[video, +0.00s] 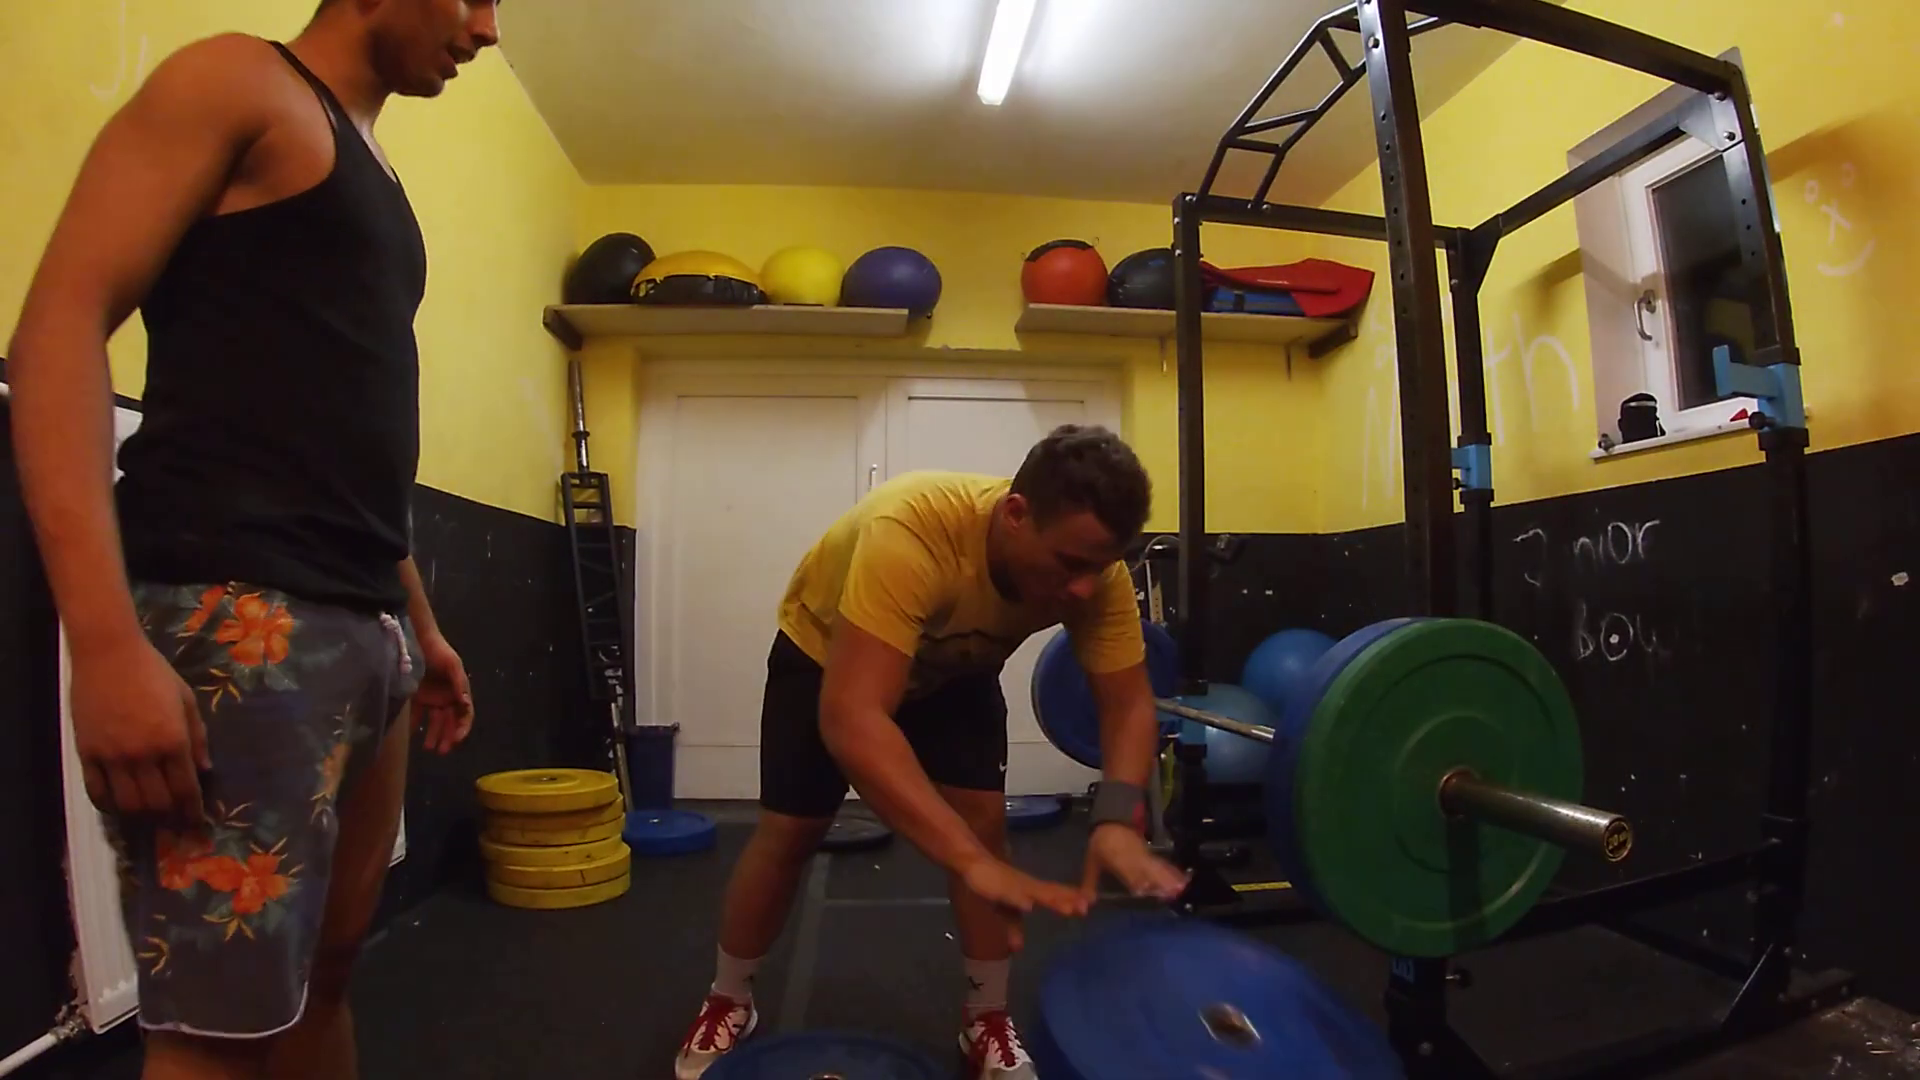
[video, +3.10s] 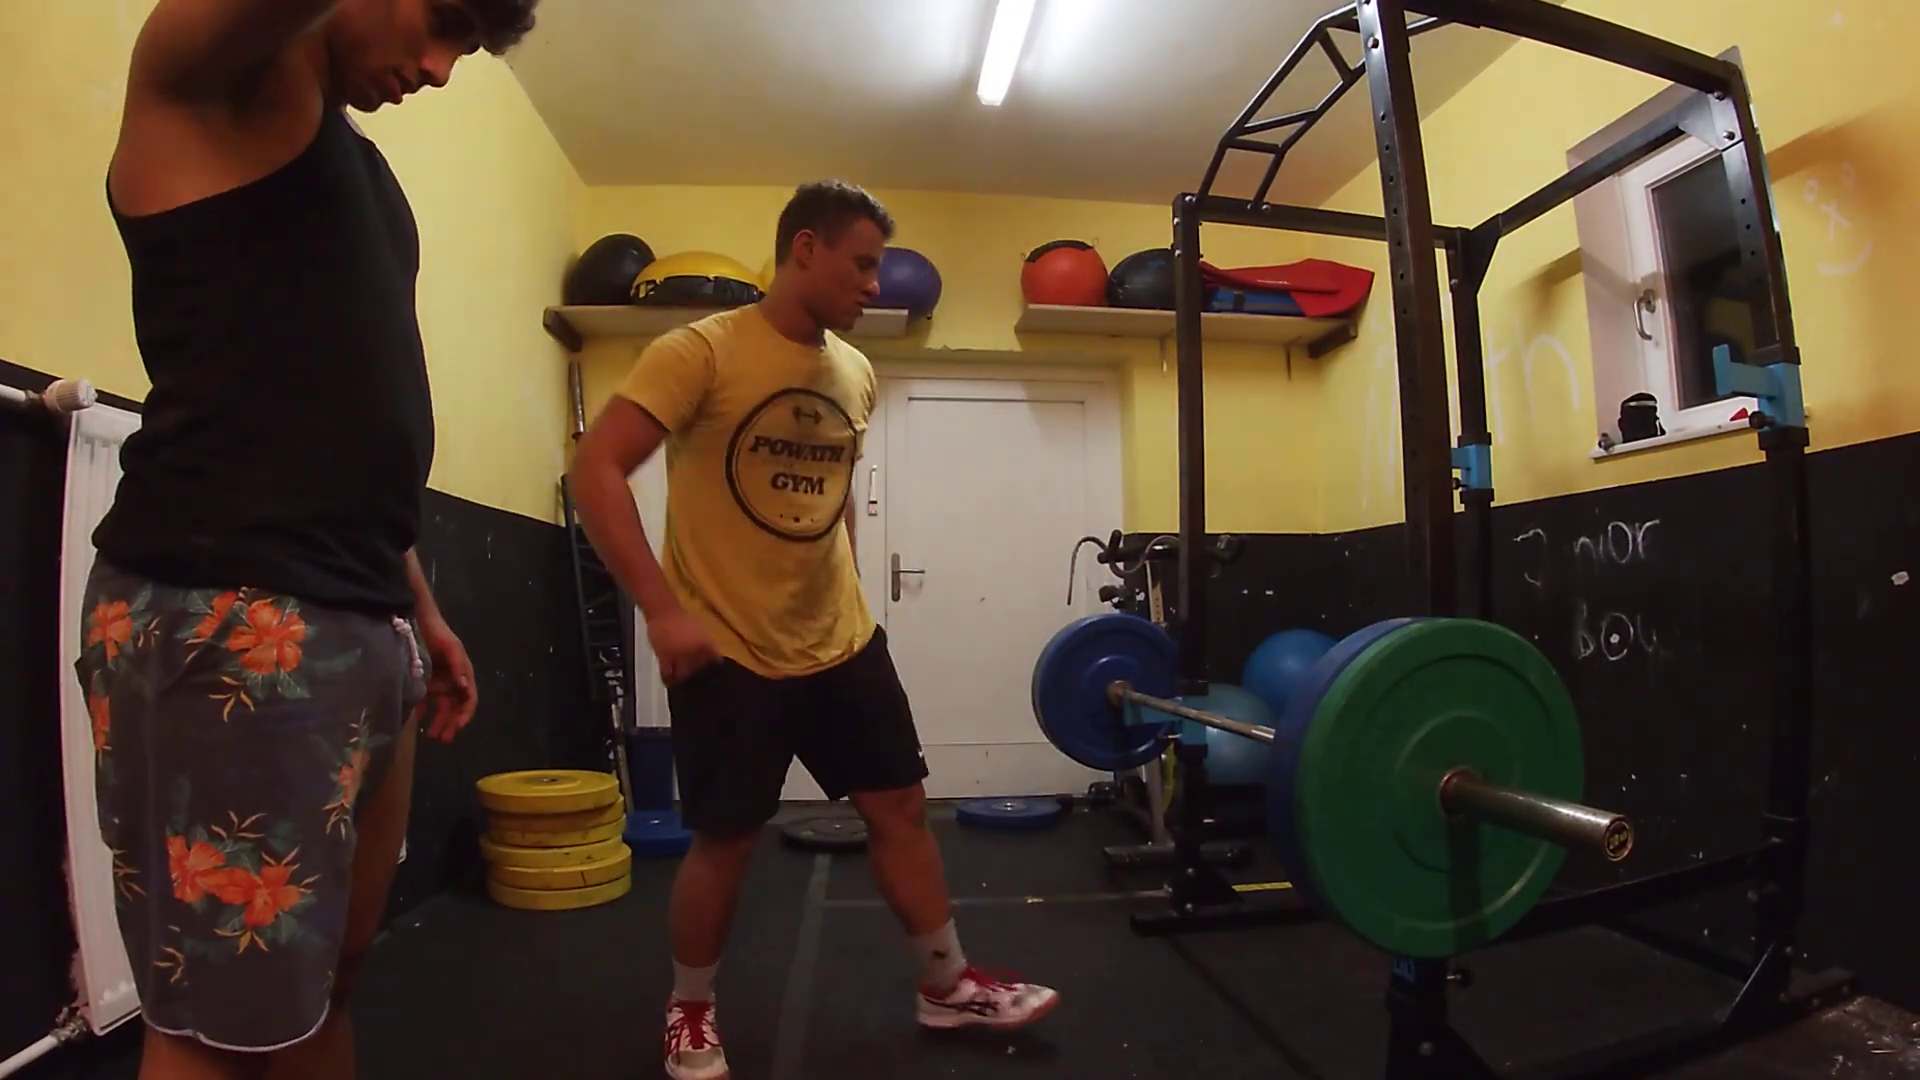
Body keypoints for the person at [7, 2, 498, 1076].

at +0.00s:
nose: (486, 30)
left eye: (490, 12)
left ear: (384, 2)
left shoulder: (363, 165)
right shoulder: (232, 80)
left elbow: (344, 423)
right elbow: (55, 333)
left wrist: (414, 616)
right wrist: (104, 643)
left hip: (361, 634)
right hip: (236, 631)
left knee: (319, 993)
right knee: (214, 1035)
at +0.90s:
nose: (463, 18)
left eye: (472, 4)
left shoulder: (353, 129)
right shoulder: (200, 33)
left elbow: (330, 397)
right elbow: (11, 262)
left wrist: (394, 610)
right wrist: (79, 590)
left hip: (339, 633)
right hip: (196, 629)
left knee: (323, 997)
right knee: (184, 1045)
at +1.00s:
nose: (472, 29)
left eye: (485, 12)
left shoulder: (353, 133)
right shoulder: (203, 48)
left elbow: (330, 409)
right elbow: (17, 269)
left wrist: (406, 610)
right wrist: (175, 464)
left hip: (337, 622)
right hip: (188, 617)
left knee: (322, 995)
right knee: (192, 1035)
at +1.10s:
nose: (470, 43)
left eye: (488, 24)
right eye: (471, 8)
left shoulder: (363, 162)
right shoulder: (197, 61)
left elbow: (342, 422)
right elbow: (25, 271)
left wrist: (417, 614)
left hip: (347, 630)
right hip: (199, 622)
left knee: (318, 1000)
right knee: (201, 1039)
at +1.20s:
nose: (467, 52)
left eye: (485, 32)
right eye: (473, 18)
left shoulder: (355, 148)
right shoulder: (210, 62)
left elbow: (350, 415)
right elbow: (51, 231)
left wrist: (424, 614)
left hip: (355, 625)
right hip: (210, 615)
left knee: (321, 991)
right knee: (206, 1037)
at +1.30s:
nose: (459, 60)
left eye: (479, 38)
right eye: (463, 21)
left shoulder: (344, 143)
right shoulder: (226, 94)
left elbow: (356, 408)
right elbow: (136, 102)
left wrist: (430, 616)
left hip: (358, 620)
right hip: (214, 617)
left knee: (324, 989)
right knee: (207, 1032)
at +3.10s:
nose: (440, 71)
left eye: (463, 54)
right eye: (444, 30)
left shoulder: (353, 158)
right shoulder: (208, 76)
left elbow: (344, 401)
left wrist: (414, 600)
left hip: (357, 618)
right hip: (229, 616)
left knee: (323, 999)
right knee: (217, 1032)